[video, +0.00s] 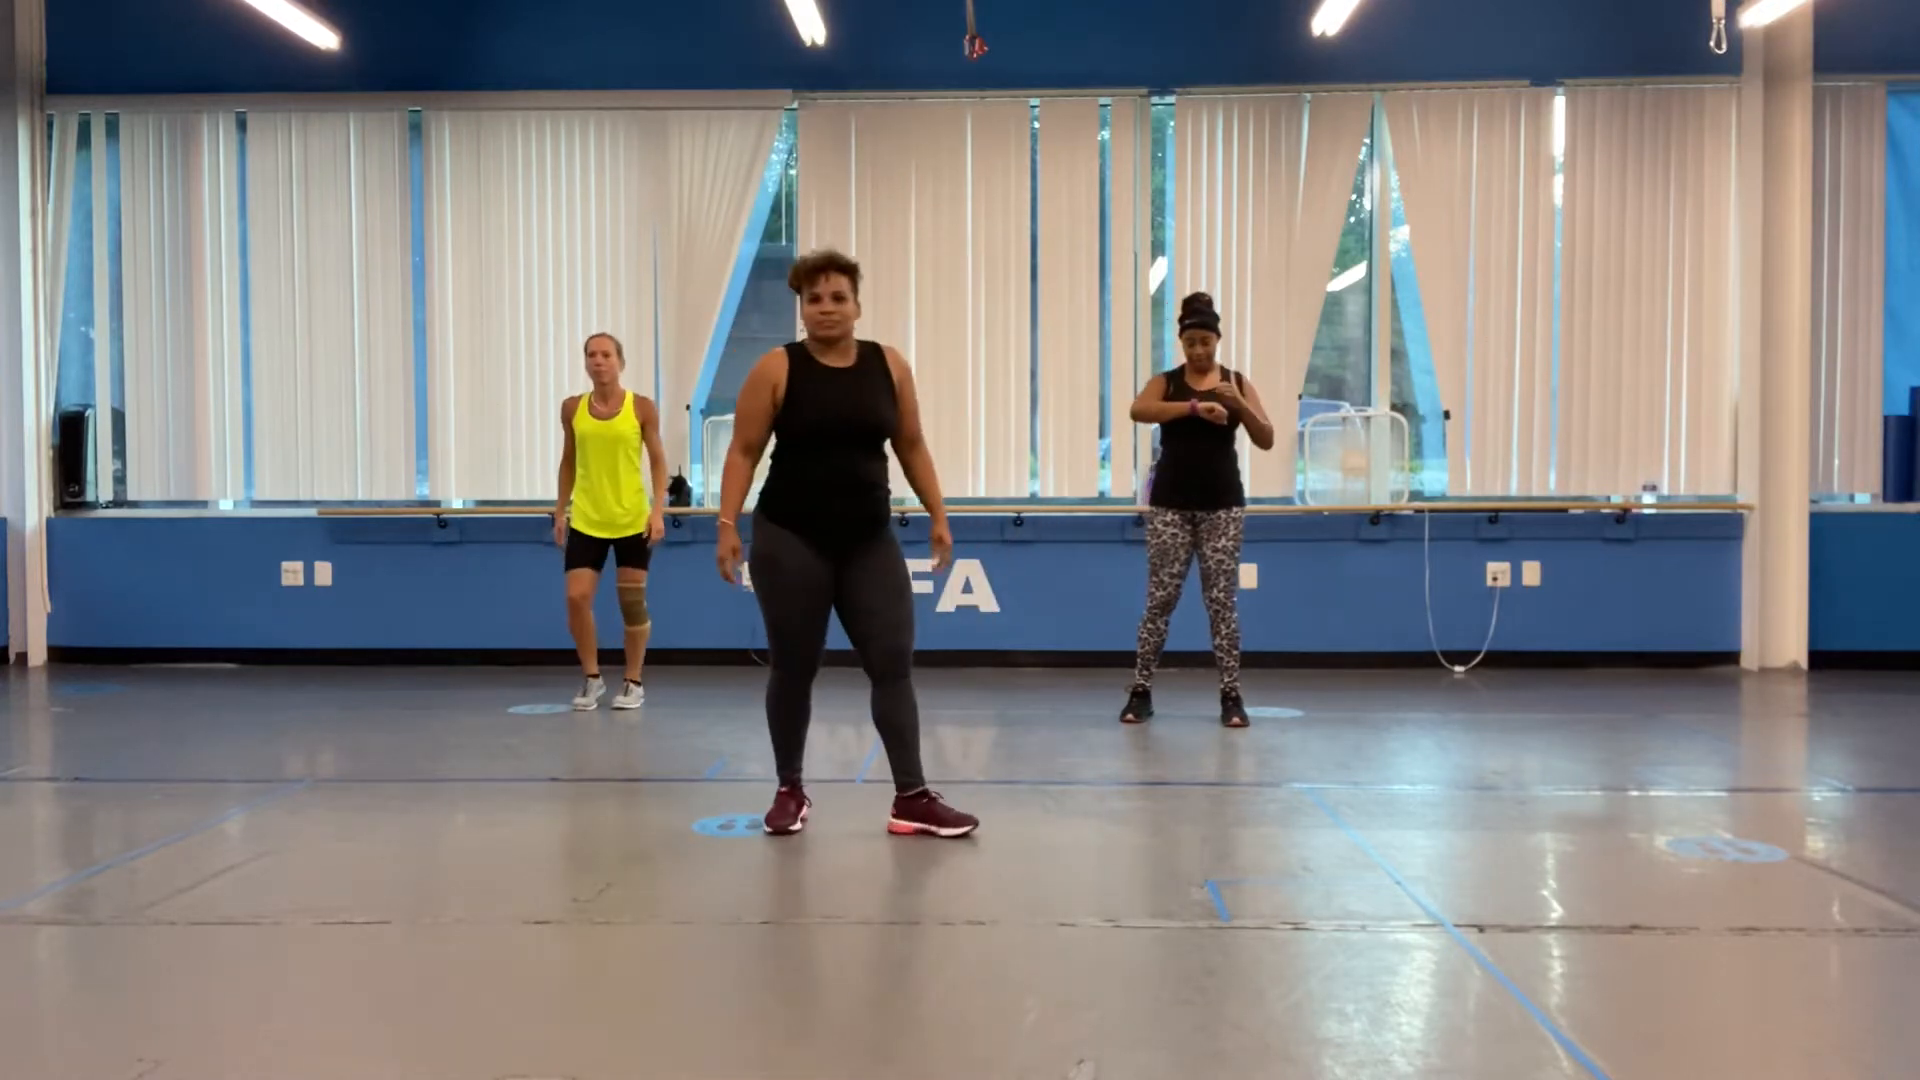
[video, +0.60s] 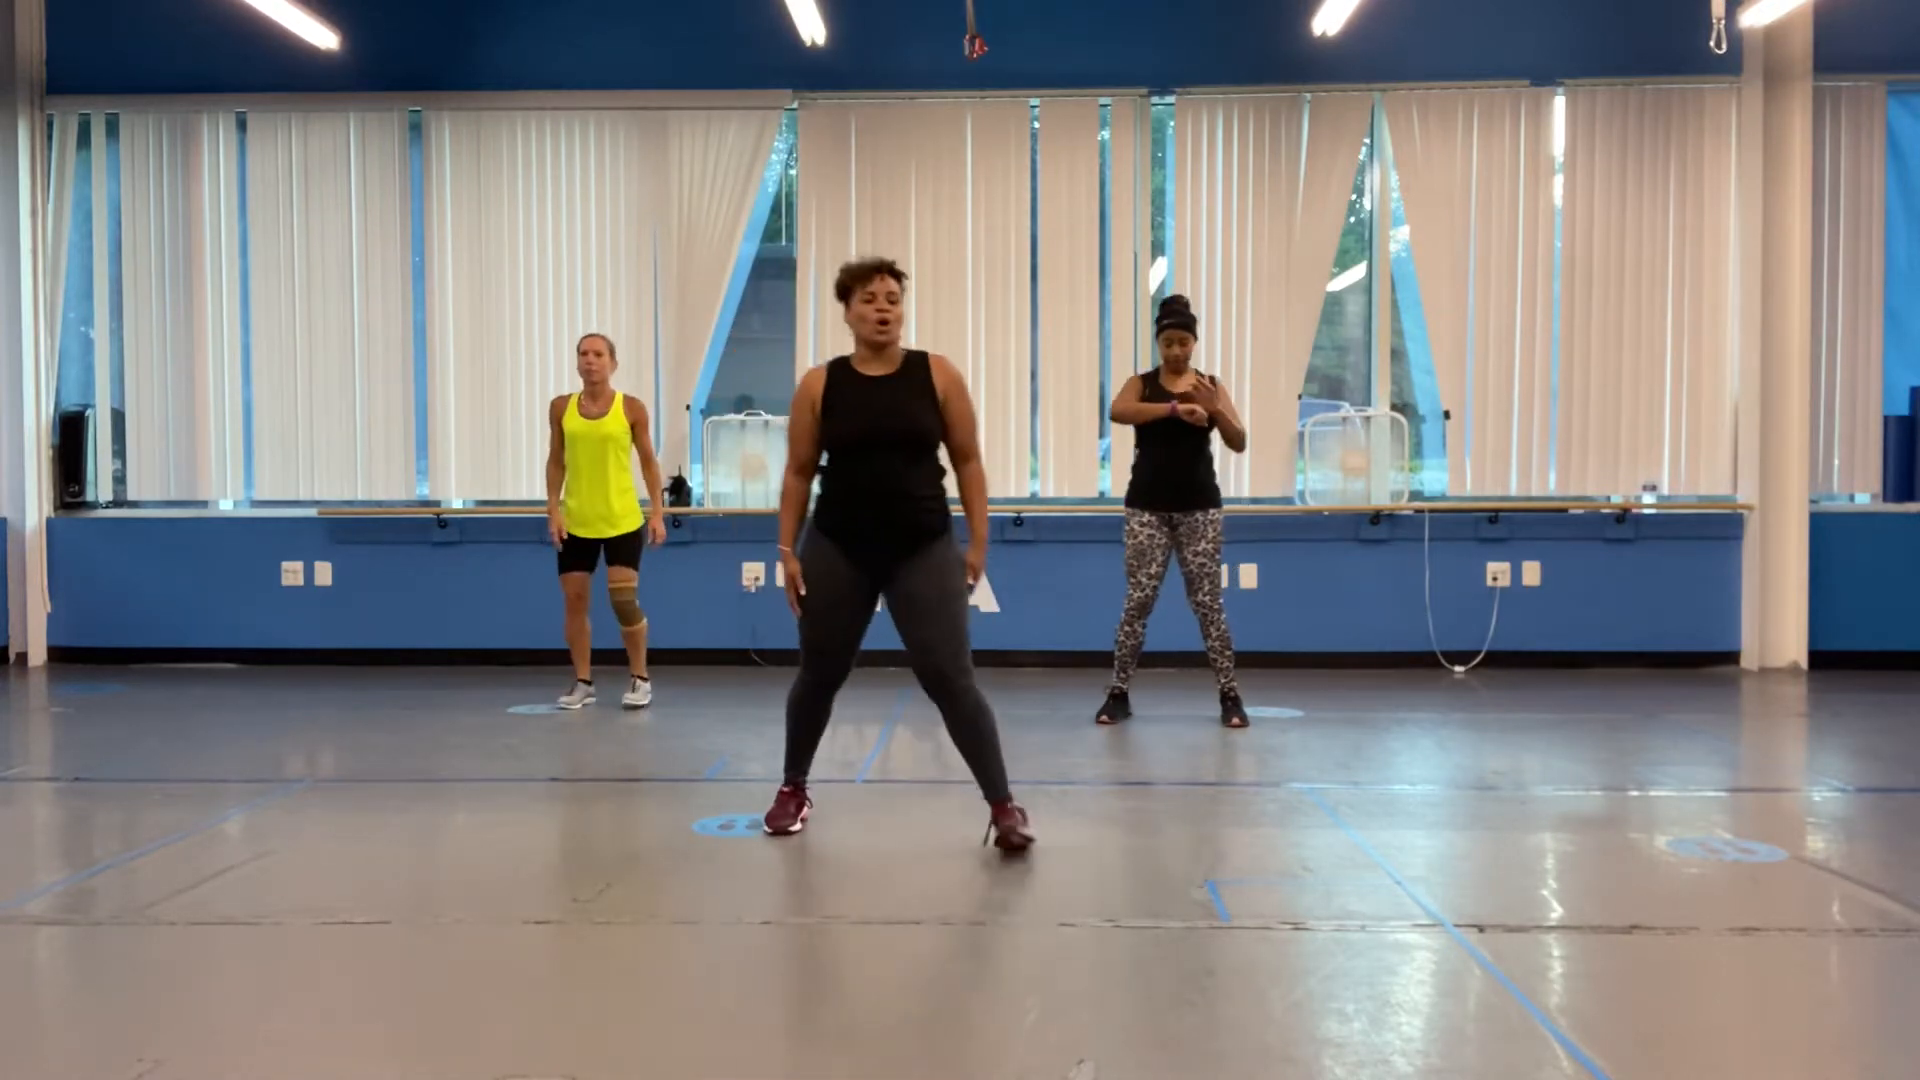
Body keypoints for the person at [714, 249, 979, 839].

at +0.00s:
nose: (827, 308)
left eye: (838, 298)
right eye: (816, 299)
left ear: (857, 304)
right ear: (800, 306)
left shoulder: (889, 365)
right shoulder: (775, 369)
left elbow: (912, 445)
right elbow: (743, 451)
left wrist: (938, 515)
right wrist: (727, 523)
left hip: (869, 539)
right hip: (791, 539)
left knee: (892, 662)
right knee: (792, 666)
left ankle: (912, 796)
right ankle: (789, 790)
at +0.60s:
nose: (883, 308)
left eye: (891, 299)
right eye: (870, 300)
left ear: (904, 309)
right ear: (847, 311)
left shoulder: (938, 375)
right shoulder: (820, 385)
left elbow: (968, 460)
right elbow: (799, 472)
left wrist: (978, 542)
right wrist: (786, 552)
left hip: (922, 548)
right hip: (839, 548)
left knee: (950, 677)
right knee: (819, 674)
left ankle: (1003, 806)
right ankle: (793, 788)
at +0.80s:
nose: (933, 301)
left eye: (943, 292)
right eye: (921, 293)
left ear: (961, 302)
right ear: (903, 306)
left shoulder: (998, 375)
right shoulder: (879, 380)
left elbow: (1029, 460)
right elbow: (858, 470)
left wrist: (1045, 537)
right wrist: (847, 557)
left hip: (982, 546)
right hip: (898, 546)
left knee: (993, 672)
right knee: (860, 670)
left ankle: (1017, 814)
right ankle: (805, 780)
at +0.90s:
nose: (955, 295)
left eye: (965, 286)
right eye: (943, 287)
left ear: (983, 297)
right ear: (924, 300)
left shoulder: (1021, 369)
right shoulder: (899, 373)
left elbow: (1052, 451)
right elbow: (877, 463)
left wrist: (1067, 523)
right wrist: (872, 546)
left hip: (1002, 543)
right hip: (918, 544)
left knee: (1004, 672)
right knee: (887, 671)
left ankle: (1017, 813)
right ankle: (834, 776)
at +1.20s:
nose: (987, 290)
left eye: (998, 279)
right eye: (973, 282)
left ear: (1015, 289)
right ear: (955, 296)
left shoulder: (1053, 361)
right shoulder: (927, 363)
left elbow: (1079, 449)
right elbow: (906, 454)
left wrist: (1070, 532)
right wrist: (909, 534)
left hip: (1027, 539)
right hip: (947, 539)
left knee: (1018, 676)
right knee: (961, 673)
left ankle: (1018, 815)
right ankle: (963, 809)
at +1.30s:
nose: (990, 289)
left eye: (1000, 279)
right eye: (976, 281)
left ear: (1017, 289)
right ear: (957, 295)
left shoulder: (1055, 359)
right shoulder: (929, 362)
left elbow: (1079, 450)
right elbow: (906, 454)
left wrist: (1070, 533)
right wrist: (914, 536)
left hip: (1031, 539)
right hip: (950, 540)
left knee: (1021, 676)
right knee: (961, 673)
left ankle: (1018, 814)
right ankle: (964, 811)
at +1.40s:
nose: (992, 287)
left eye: (1002, 277)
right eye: (978, 280)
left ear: (1018, 288)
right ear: (958, 295)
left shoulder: (1056, 356)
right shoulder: (930, 360)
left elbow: (1079, 449)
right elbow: (908, 453)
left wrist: (1071, 533)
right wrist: (915, 536)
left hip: (1032, 538)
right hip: (951, 539)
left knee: (1021, 675)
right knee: (963, 674)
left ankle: (1018, 814)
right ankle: (965, 812)